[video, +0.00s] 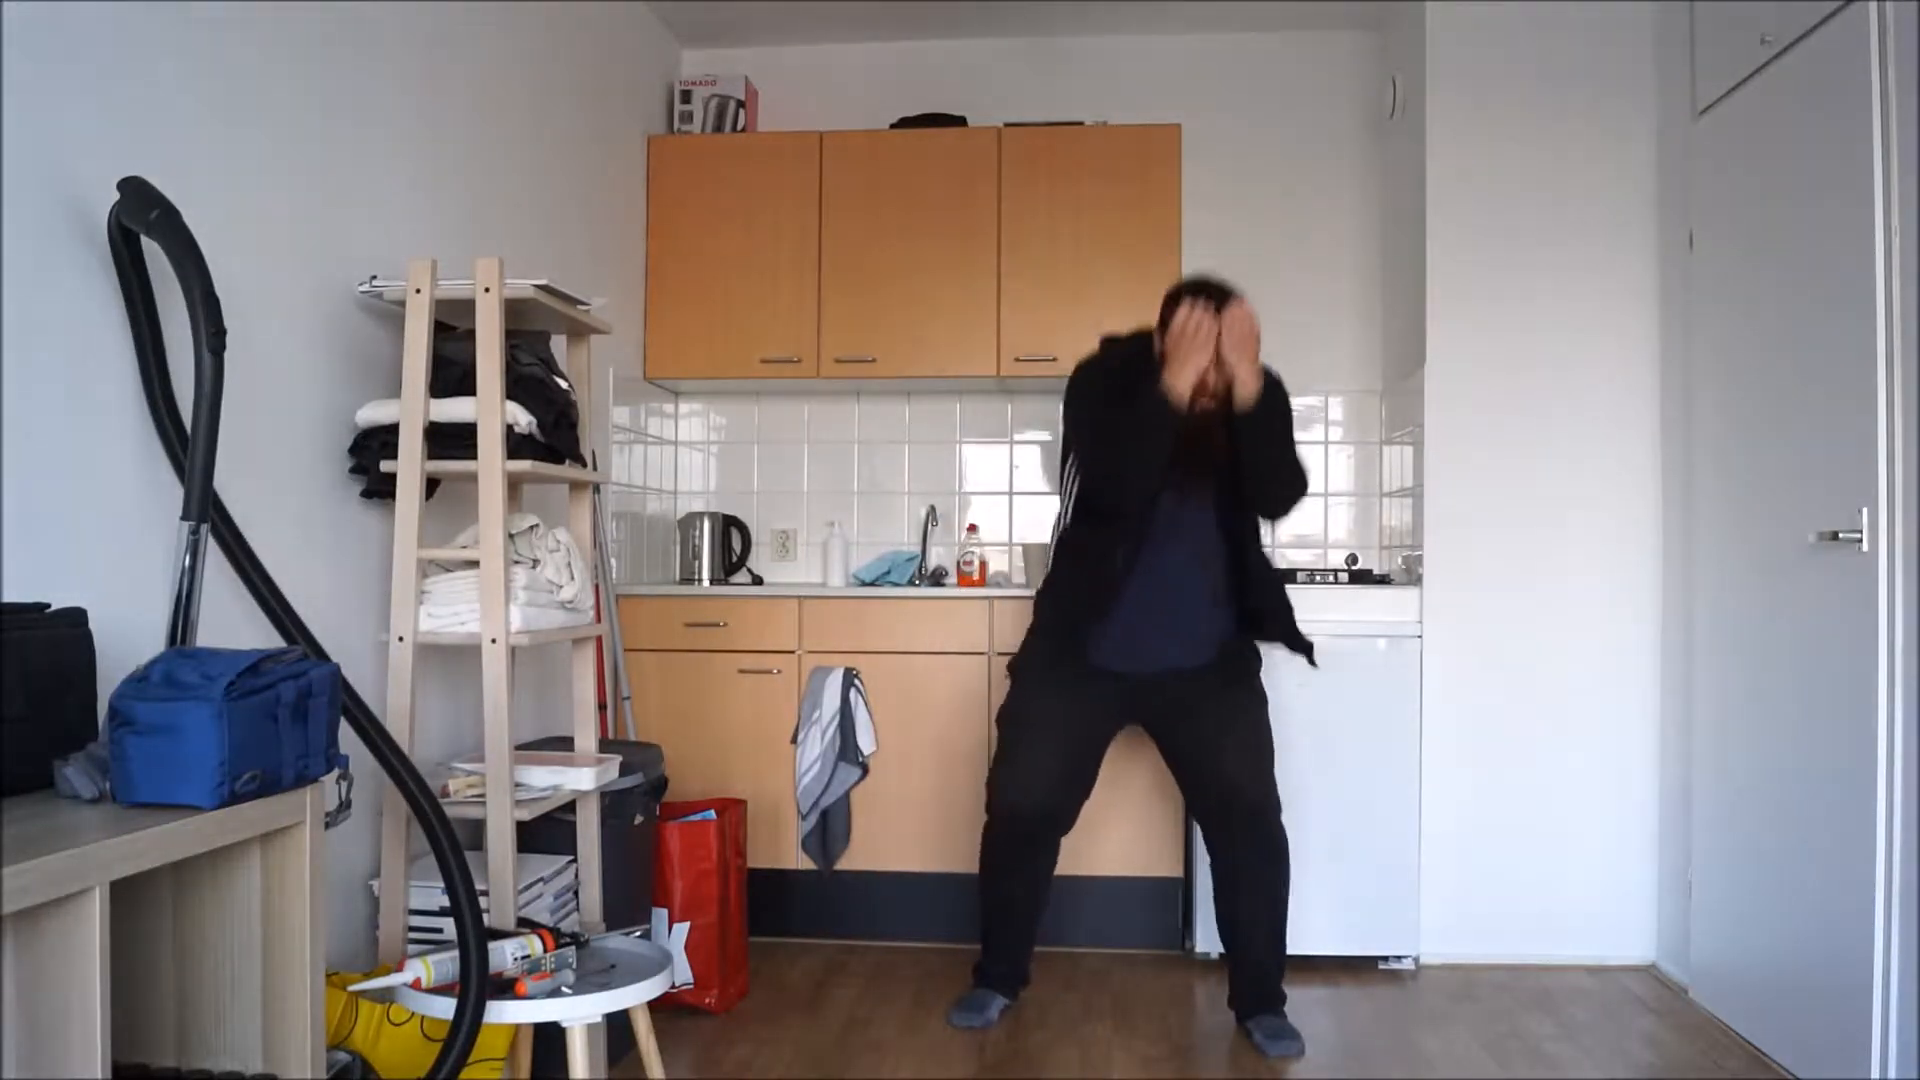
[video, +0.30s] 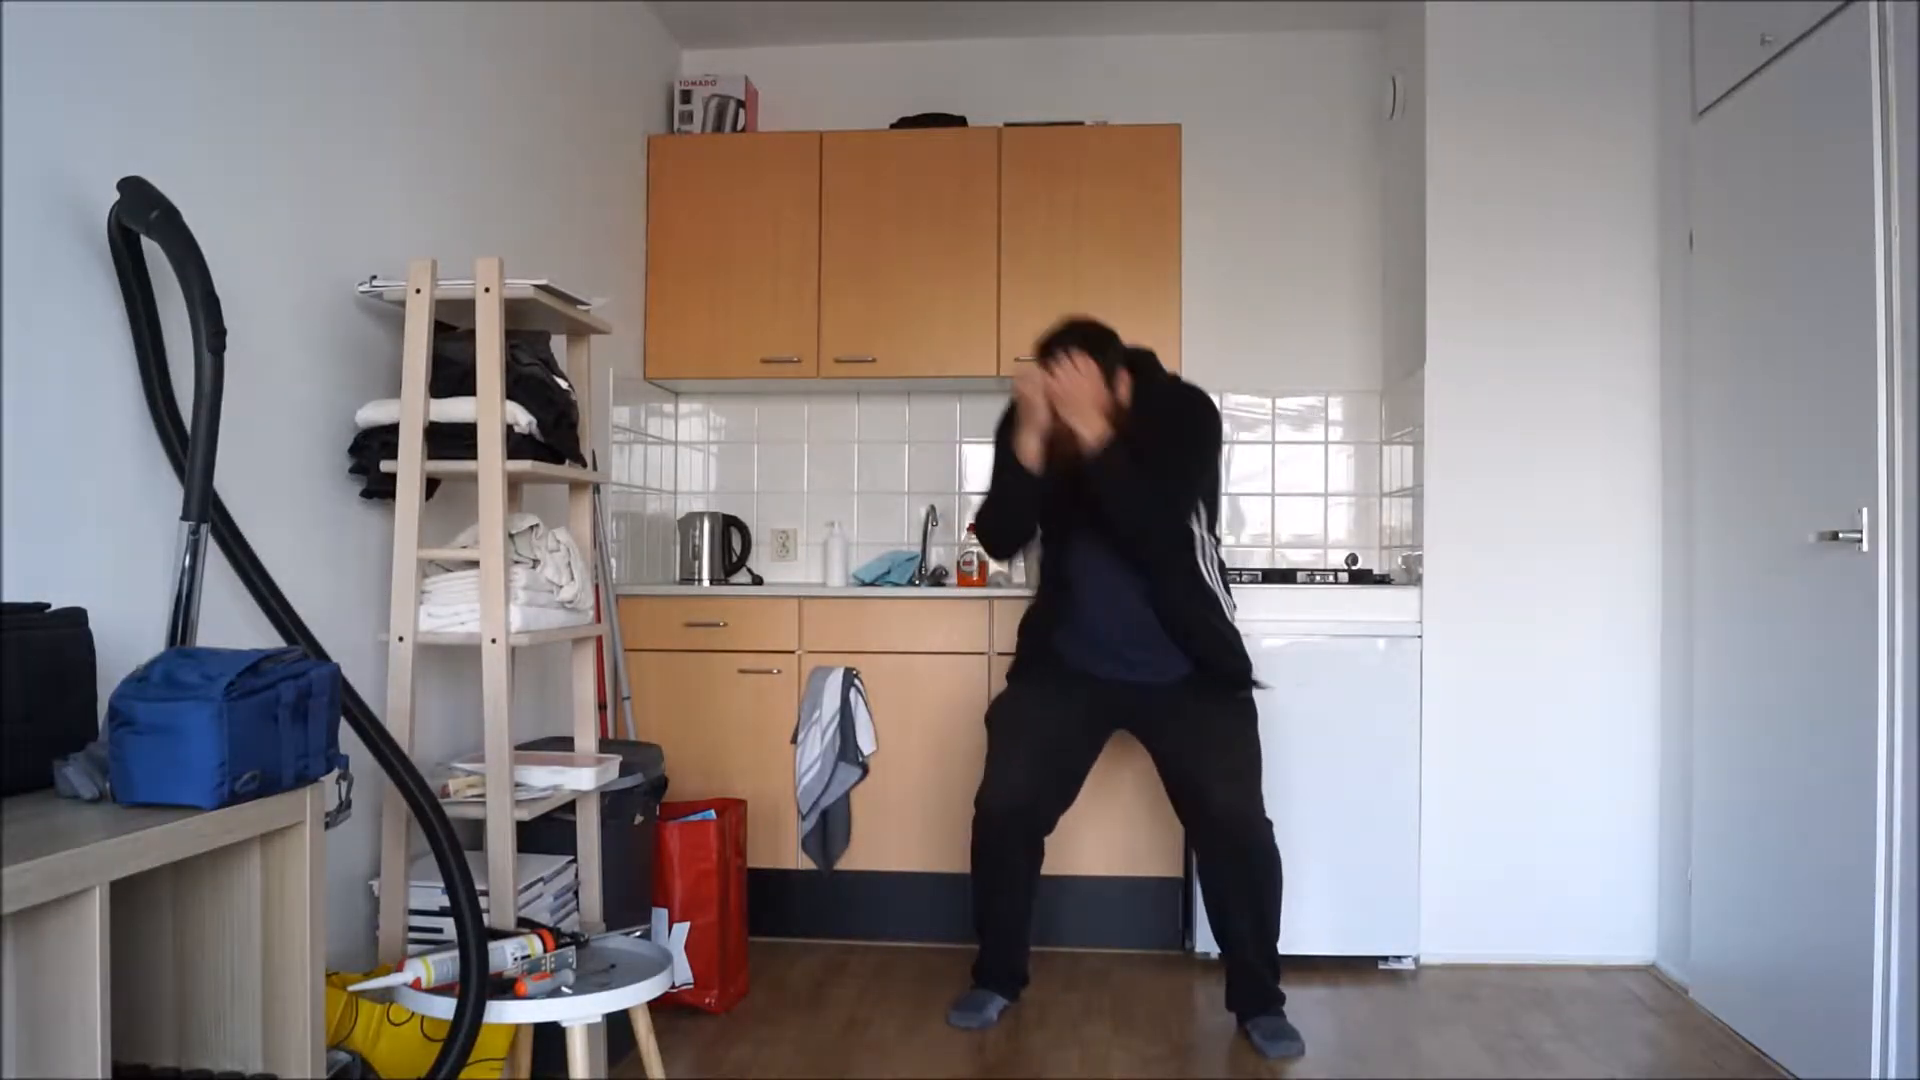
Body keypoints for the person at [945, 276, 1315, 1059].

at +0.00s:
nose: (1205, 354)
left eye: (1221, 344)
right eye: (1193, 339)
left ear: (1237, 345)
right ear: (1164, 331)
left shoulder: (1256, 398)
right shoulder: (1107, 380)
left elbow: (1277, 496)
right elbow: (1107, 487)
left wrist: (1251, 386)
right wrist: (1171, 388)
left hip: (1205, 658)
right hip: (1082, 649)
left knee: (1249, 823)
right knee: (1022, 809)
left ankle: (1261, 1002)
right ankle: (998, 979)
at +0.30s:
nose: (1056, 398)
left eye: (1067, 385)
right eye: (1049, 389)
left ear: (1109, 375)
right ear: (1044, 387)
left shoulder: (1183, 411)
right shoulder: (1031, 418)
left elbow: (1160, 526)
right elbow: (1000, 537)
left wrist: (1098, 435)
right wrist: (1030, 440)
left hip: (1186, 667)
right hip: (1068, 662)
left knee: (1235, 828)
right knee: (1005, 809)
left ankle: (1259, 1001)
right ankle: (997, 978)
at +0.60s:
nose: (1025, 316)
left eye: (1039, 301)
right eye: (1016, 307)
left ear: (1088, 314)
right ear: (1018, 324)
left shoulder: (1157, 362)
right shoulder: (1022, 382)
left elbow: (1120, 451)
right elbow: (964, 471)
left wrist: (1063, 352)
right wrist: (995, 360)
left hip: (1170, 645)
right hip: (1054, 648)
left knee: (1227, 819)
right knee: (1007, 807)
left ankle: (1259, 1001)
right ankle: (997, 979)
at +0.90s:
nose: (1156, 442)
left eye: (1170, 431)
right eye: (1141, 430)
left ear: (1191, 417)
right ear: (1113, 414)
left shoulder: (1220, 441)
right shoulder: (1064, 440)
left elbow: (1234, 571)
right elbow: (1070, 562)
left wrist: (1201, 474)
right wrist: (1123, 476)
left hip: (1180, 681)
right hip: (1060, 683)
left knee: (1255, 832)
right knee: (1015, 832)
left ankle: (1261, 1004)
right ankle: (997, 978)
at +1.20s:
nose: (1225, 301)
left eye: (1239, 288)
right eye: (1213, 283)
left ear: (1260, 295)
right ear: (1181, 285)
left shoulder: (1281, 359)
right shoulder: (1130, 340)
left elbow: (1296, 441)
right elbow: (1117, 425)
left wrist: (1265, 323)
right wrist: (1183, 316)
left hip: (1235, 639)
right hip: (1118, 630)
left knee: (1262, 817)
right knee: (1066, 789)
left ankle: (1260, 1001)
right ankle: (1073, 961)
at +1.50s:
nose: (1123, 285)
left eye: (1137, 269)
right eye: (1120, 277)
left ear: (1197, 280)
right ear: (1129, 296)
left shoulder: (1270, 341)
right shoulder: (1138, 358)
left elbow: (1213, 405)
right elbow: (1078, 440)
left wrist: (1163, 321)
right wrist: (1100, 331)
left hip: (1256, 628)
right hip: (1167, 630)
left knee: (1228, 809)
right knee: (1159, 800)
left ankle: (1267, 997)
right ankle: (1237, 959)